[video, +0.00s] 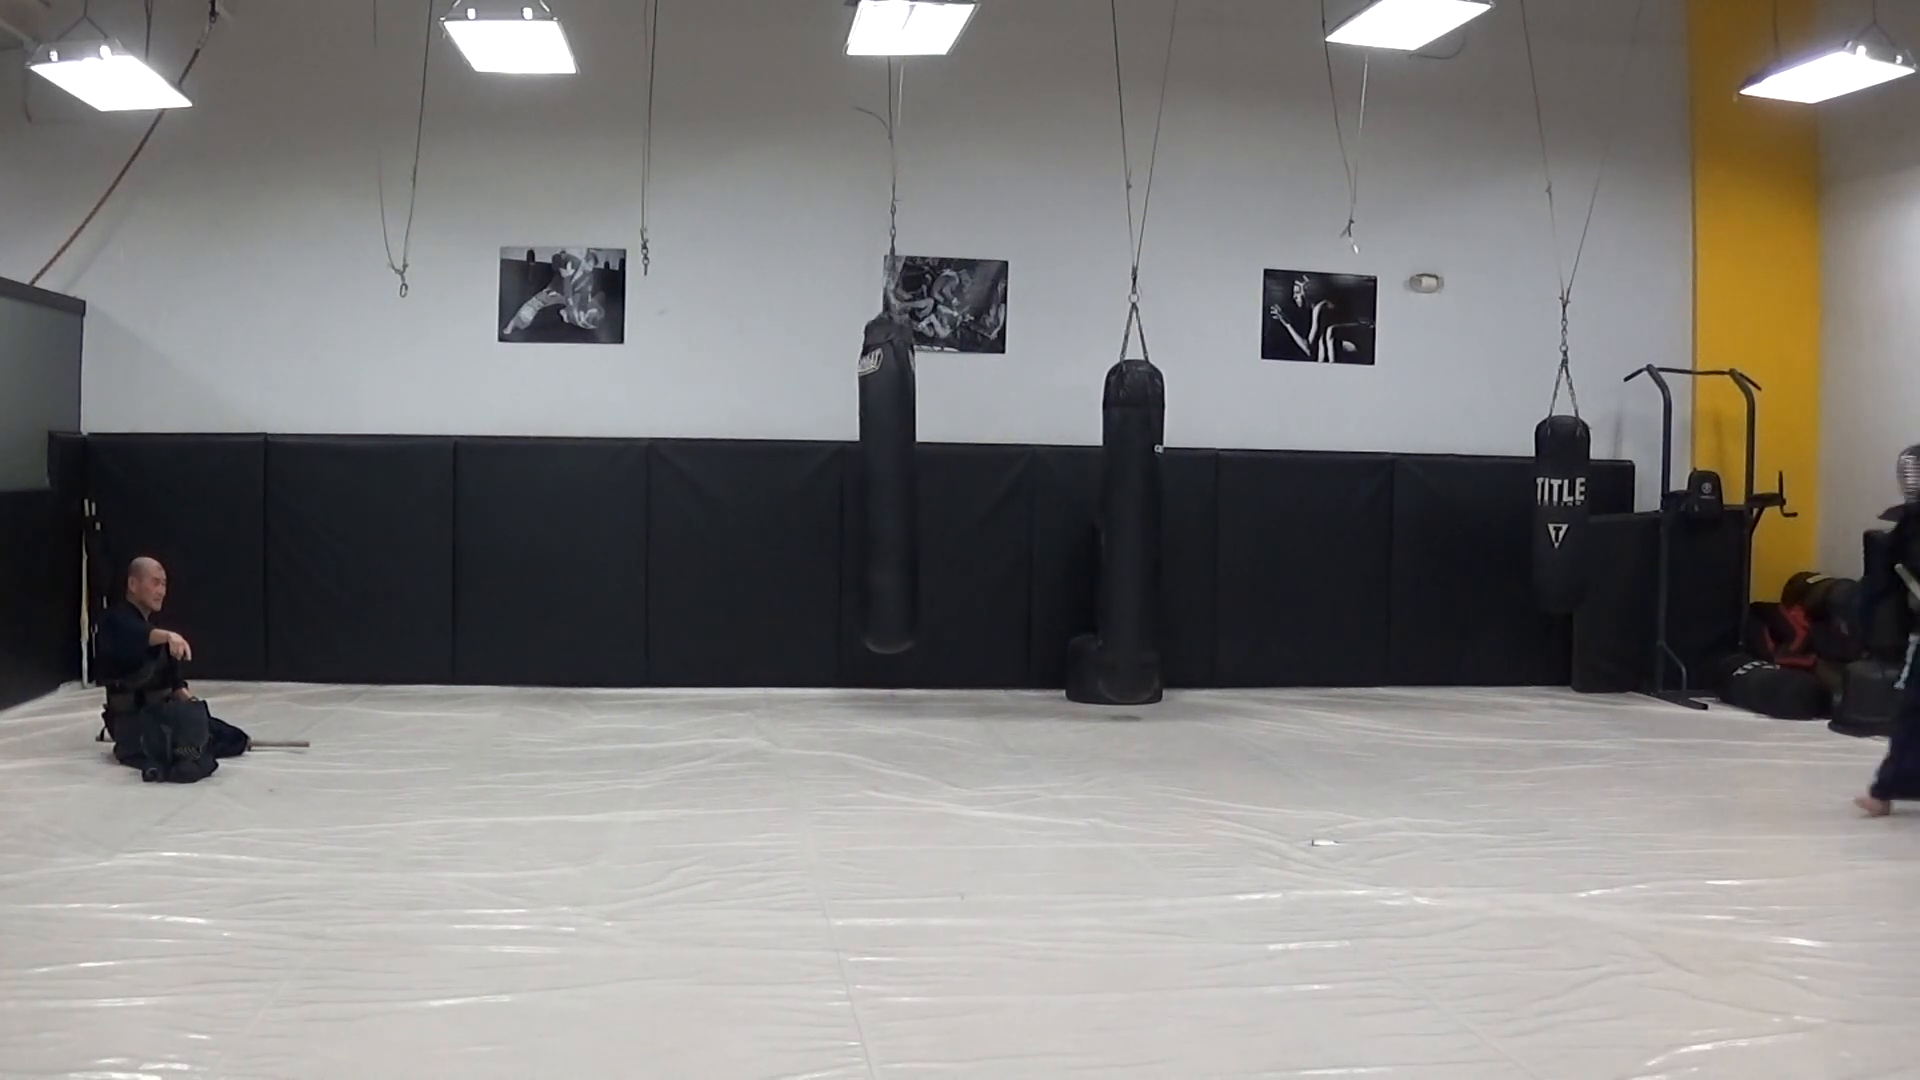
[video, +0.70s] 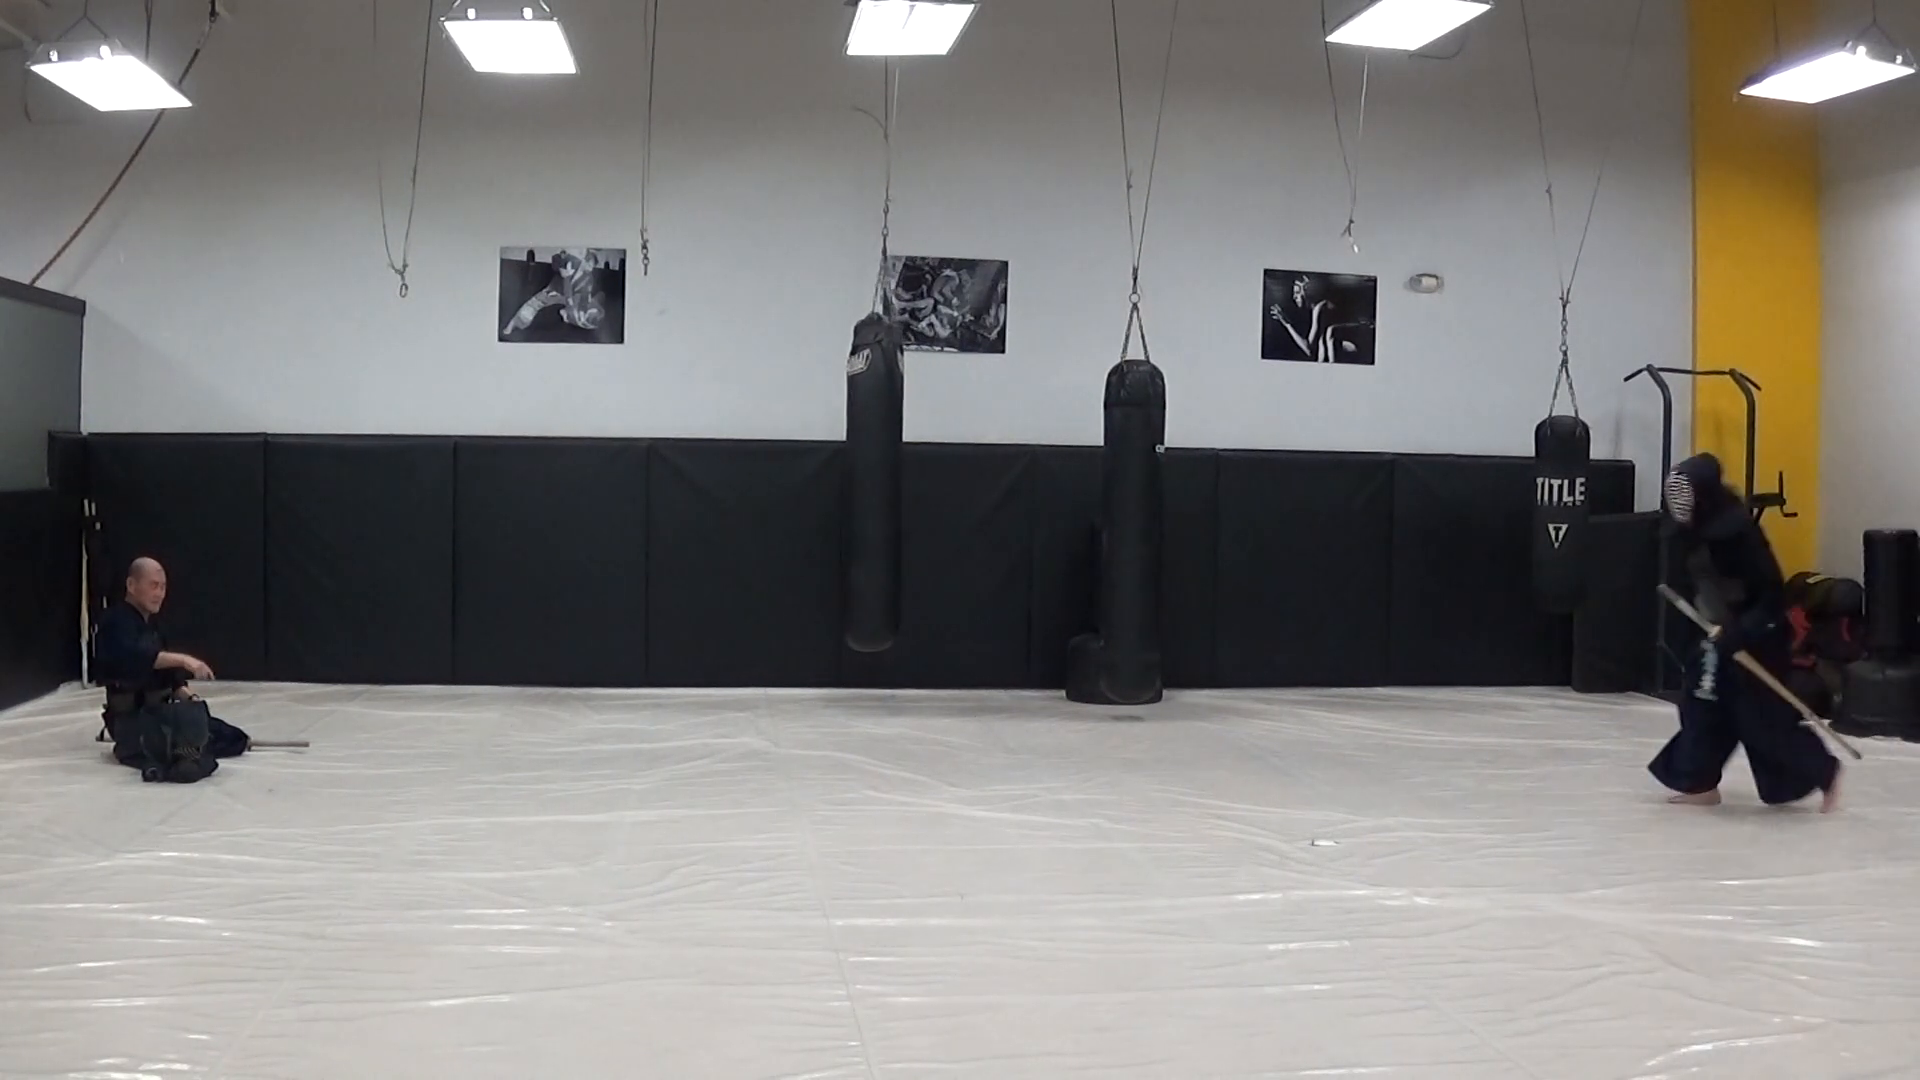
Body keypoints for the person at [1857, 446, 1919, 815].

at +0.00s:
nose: (1906, 481)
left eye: (1910, 473)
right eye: (1906, 473)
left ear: (1915, 477)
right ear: (1907, 477)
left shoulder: (1911, 521)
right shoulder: (1908, 520)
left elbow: (1886, 575)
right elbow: (1889, 573)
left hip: (1918, 634)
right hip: (1916, 634)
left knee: (1910, 707)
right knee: (1909, 707)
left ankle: (1884, 790)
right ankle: (1884, 790)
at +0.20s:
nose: (1849, 487)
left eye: (1855, 480)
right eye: (1847, 480)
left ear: (1877, 482)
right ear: (1854, 481)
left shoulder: (1904, 520)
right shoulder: (1857, 522)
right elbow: (1833, 570)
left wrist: (1905, 625)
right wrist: (1812, 608)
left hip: (1906, 628)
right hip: (1882, 626)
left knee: (1876, 704)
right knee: (1885, 703)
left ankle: (1858, 793)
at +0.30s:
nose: (1819, 486)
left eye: (1826, 479)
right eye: (1818, 478)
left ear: (1846, 480)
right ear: (1823, 479)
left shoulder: (1880, 522)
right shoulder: (1829, 521)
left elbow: (1907, 588)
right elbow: (1807, 574)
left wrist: (1874, 624)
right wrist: (1785, 614)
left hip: (1888, 628)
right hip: (1856, 628)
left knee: (1861, 706)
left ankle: (1857, 794)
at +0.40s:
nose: (1791, 487)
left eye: (1797, 480)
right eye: (1788, 479)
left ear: (1817, 480)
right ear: (1787, 479)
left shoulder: (1850, 520)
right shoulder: (1800, 521)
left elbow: (1875, 592)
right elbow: (1785, 579)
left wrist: (1837, 624)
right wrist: (1769, 630)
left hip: (1862, 625)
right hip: (1828, 626)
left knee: (1850, 704)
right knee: (1823, 703)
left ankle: (1856, 793)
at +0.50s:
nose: (1757, 488)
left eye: (1764, 481)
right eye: (1754, 480)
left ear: (1783, 483)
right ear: (1753, 481)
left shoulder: (1817, 522)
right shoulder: (1769, 521)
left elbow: (1844, 590)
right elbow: (1767, 582)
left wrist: (1804, 624)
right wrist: (1759, 631)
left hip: (1834, 626)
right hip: (1789, 625)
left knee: (1838, 705)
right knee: (1775, 699)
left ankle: (1854, 793)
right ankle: (1777, 774)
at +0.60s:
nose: (1716, 508)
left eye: (1721, 500)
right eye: (1713, 500)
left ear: (1740, 495)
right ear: (1721, 493)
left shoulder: (1778, 525)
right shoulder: (1740, 522)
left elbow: (1808, 591)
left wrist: (1770, 626)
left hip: (1801, 626)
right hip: (1760, 624)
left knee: (1815, 703)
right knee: (1731, 696)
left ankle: (1848, 789)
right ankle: (1708, 778)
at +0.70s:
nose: (1678, 504)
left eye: (1683, 496)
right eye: (1675, 495)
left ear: (1703, 495)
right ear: (1677, 493)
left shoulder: (1735, 526)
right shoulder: (1691, 526)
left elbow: (1770, 593)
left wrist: (1735, 632)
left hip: (1758, 626)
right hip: (1717, 626)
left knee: (1758, 707)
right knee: (1705, 701)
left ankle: (1824, 770)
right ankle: (1701, 783)